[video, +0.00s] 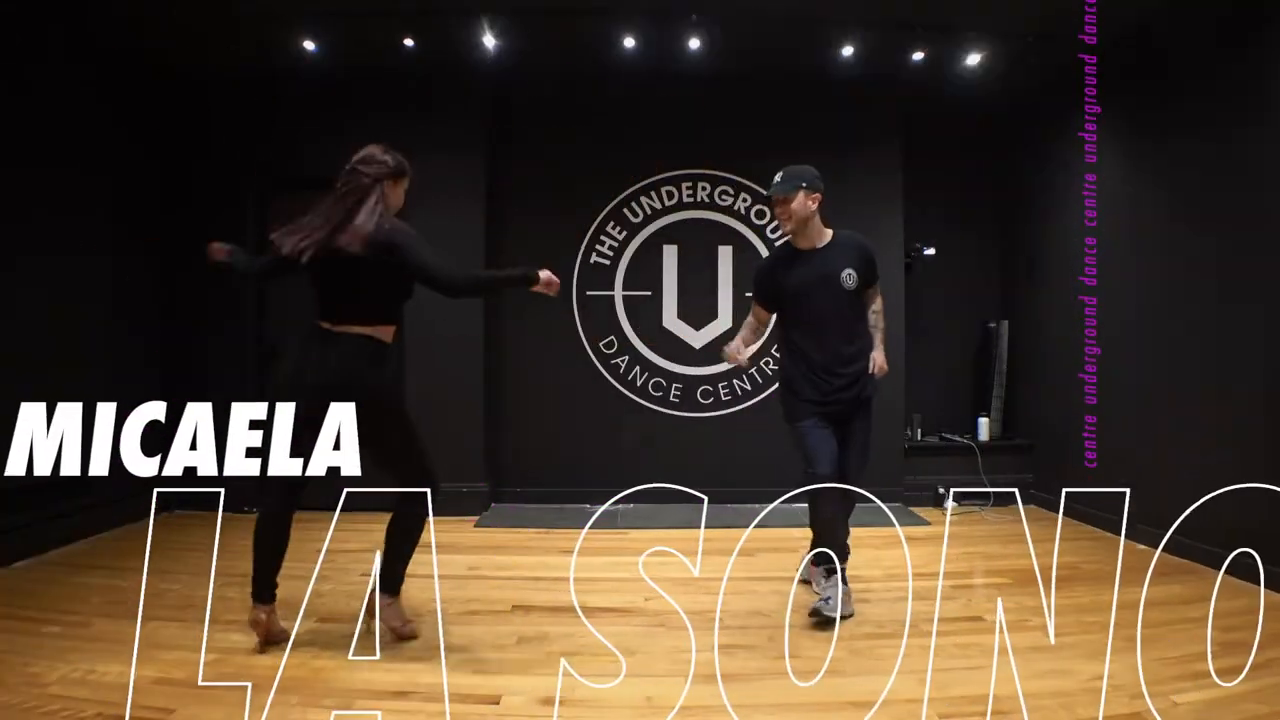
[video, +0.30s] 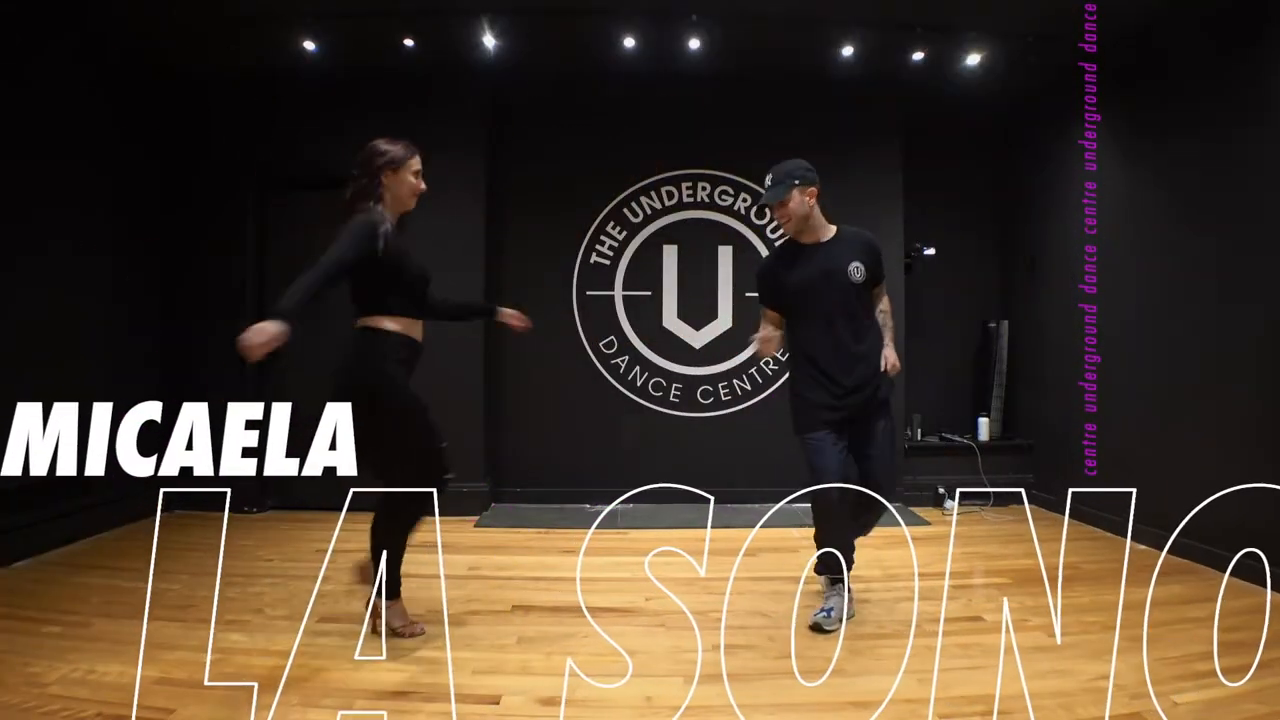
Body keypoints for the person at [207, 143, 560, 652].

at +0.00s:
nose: (404, 197)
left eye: (404, 188)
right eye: (402, 188)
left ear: (354, 184)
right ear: (386, 188)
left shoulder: (320, 231)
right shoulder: (394, 236)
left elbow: (263, 268)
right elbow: (451, 283)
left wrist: (231, 255)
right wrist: (528, 277)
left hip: (316, 364)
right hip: (371, 370)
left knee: (282, 484)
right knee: (417, 487)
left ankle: (262, 605)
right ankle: (387, 596)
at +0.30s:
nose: (423, 184)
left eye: (422, 175)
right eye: (415, 174)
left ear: (392, 180)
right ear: (386, 177)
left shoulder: (393, 235)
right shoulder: (369, 225)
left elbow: (424, 307)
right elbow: (326, 269)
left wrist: (492, 312)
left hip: (390, 362)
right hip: (375, 362)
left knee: (406, 474)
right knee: (422, 470)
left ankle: (380, 577)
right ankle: (384, 590)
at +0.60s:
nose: (429, 156)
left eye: (436, 149)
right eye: (417, 149)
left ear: (447, 164)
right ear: (398, 165)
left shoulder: (463, 225)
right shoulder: (377, 228)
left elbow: (440, 269)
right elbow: (356, 298)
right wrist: (328, 355)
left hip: (436, 356)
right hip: (381, 358)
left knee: (432, 495)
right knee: (384, 499)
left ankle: (442, 633)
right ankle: (415, 588)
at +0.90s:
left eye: (424, 161)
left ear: (413, 173)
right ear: (468, 175)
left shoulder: (392, 223)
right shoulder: (477, 223)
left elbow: (366, 312)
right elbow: (536, 284)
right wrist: (488, 319)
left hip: (409, 354)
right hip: (464, 354)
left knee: (423, 496)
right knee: (426, 485)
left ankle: (439, 638)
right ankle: (442, 617)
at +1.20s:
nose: (508, 182)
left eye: (507, 172)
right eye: (501, 172)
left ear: (465, 176)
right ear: (473, 174)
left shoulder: (424, 227)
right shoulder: (492, 227)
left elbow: (378, 299)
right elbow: (532, 299)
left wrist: (386, 369)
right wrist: (539, 260)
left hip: (430, 364)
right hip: (484, 364)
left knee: (444, 498)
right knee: (493, 500)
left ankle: (418, 623)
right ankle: (470, 624)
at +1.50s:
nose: (533, 183)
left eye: (532, 174)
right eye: (524, 174)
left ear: (502, 184)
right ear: (495, 180)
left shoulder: (483, 229)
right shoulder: (496, 230)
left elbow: (449, 298)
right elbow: (500, 301)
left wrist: (500, 314)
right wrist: (570, 327)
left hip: (475, 363)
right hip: (486, 365)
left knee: (499, 480)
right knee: (498, 485)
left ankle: (488, 582)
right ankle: (464, 611)